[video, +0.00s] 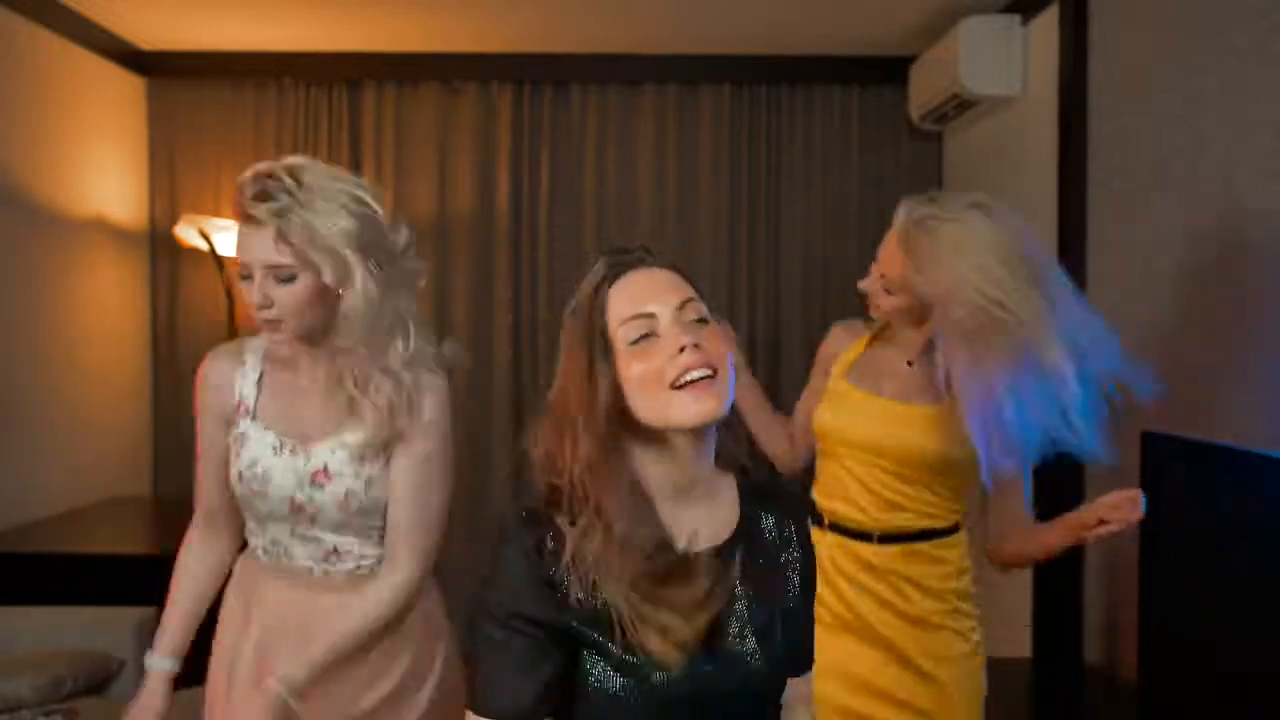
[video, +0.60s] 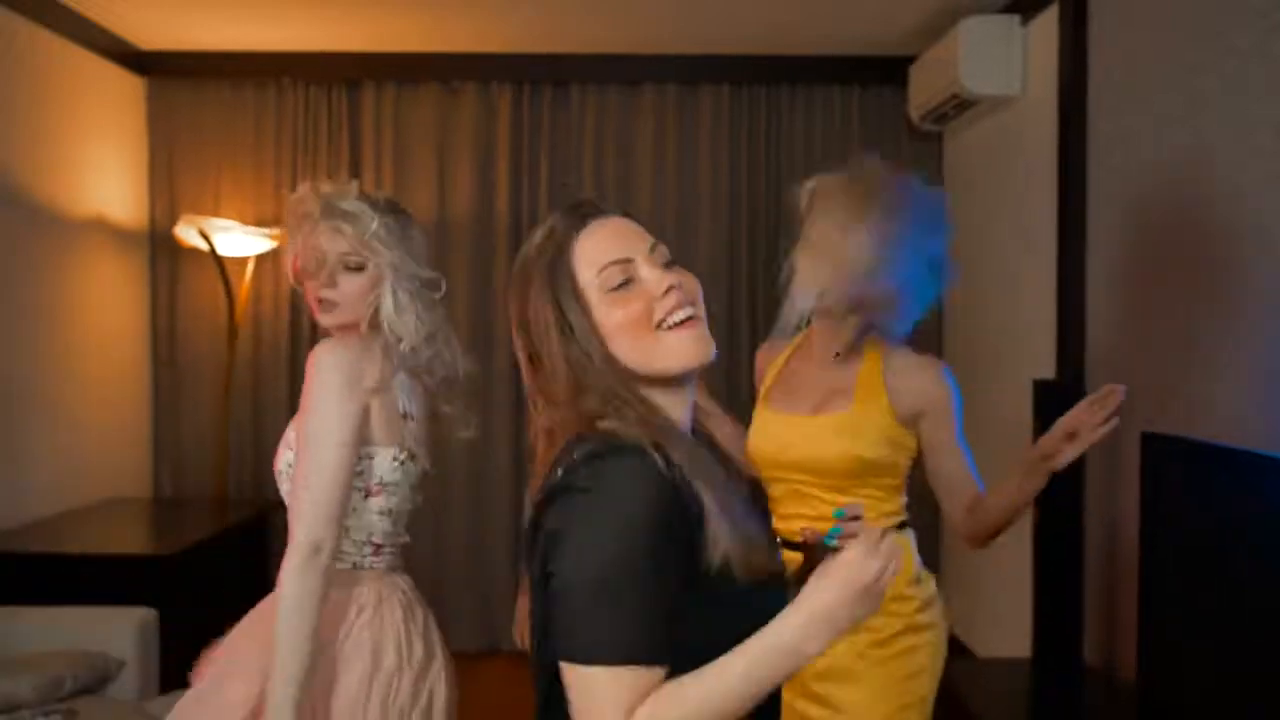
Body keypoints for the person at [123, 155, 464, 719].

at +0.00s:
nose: (259, 298)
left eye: (283, 277)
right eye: (248, 275)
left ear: (343, 277)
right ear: (237, 271)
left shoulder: (414, 390)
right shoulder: (229, 375)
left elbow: (407, 569)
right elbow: (214, 528)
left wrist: (288, 684)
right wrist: (160, 671)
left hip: (381, 645)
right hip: (257, 641)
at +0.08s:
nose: (279, 296)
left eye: (300, 275)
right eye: (268, 274)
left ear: (361, 263)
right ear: (257, 267)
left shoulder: (420, 370)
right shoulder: (272, 348)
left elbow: (401, 562)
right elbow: (240, 500)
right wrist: (131, 610)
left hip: (359, 643)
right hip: (245, 618)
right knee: (97, 680)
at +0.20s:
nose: (318, 337)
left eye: (339, 317)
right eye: (310, 319)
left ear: (400, 314)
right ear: (300, 315)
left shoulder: (422, 427)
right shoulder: (347, 399)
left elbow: (385, 599)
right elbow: (292, 533)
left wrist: (246, 533)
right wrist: (119, 522)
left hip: (339, 656)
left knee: (201, 498)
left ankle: (17, 606)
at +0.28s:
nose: (346, 374)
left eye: (367, 352)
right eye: (335, 353)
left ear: (433, 351)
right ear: (326, 351)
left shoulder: (428, 463)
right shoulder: (386, 442)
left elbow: (367, 636)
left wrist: (233, 564)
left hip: (322, 677)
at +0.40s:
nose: (324, 362)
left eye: (336, 338)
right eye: (323, 337)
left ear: (389, 341)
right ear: (389, 345)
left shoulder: (390, 440)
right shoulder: (428, 436)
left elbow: (354, 625)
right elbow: (315, 596)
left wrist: (188, 632)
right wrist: (184, 556)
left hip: (324, 692)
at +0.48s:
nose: (325, 325)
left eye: (355, 307)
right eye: (322, 306)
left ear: (405, 312)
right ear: (313, 303)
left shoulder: (361, 396)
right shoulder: (419, 399)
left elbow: (332, 582)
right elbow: (335, 572)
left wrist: (185, 687)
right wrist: (205, 569)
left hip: (339, 651)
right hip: (386, 644)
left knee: (103, 684)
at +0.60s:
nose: (322, 283)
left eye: (351, 267)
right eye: (312, 265)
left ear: (391, 275)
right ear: (298, 269)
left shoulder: (338, 360)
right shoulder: (404, 362)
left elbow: (311, 549)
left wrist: (282, 703)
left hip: (335, 629)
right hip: (396, 620)